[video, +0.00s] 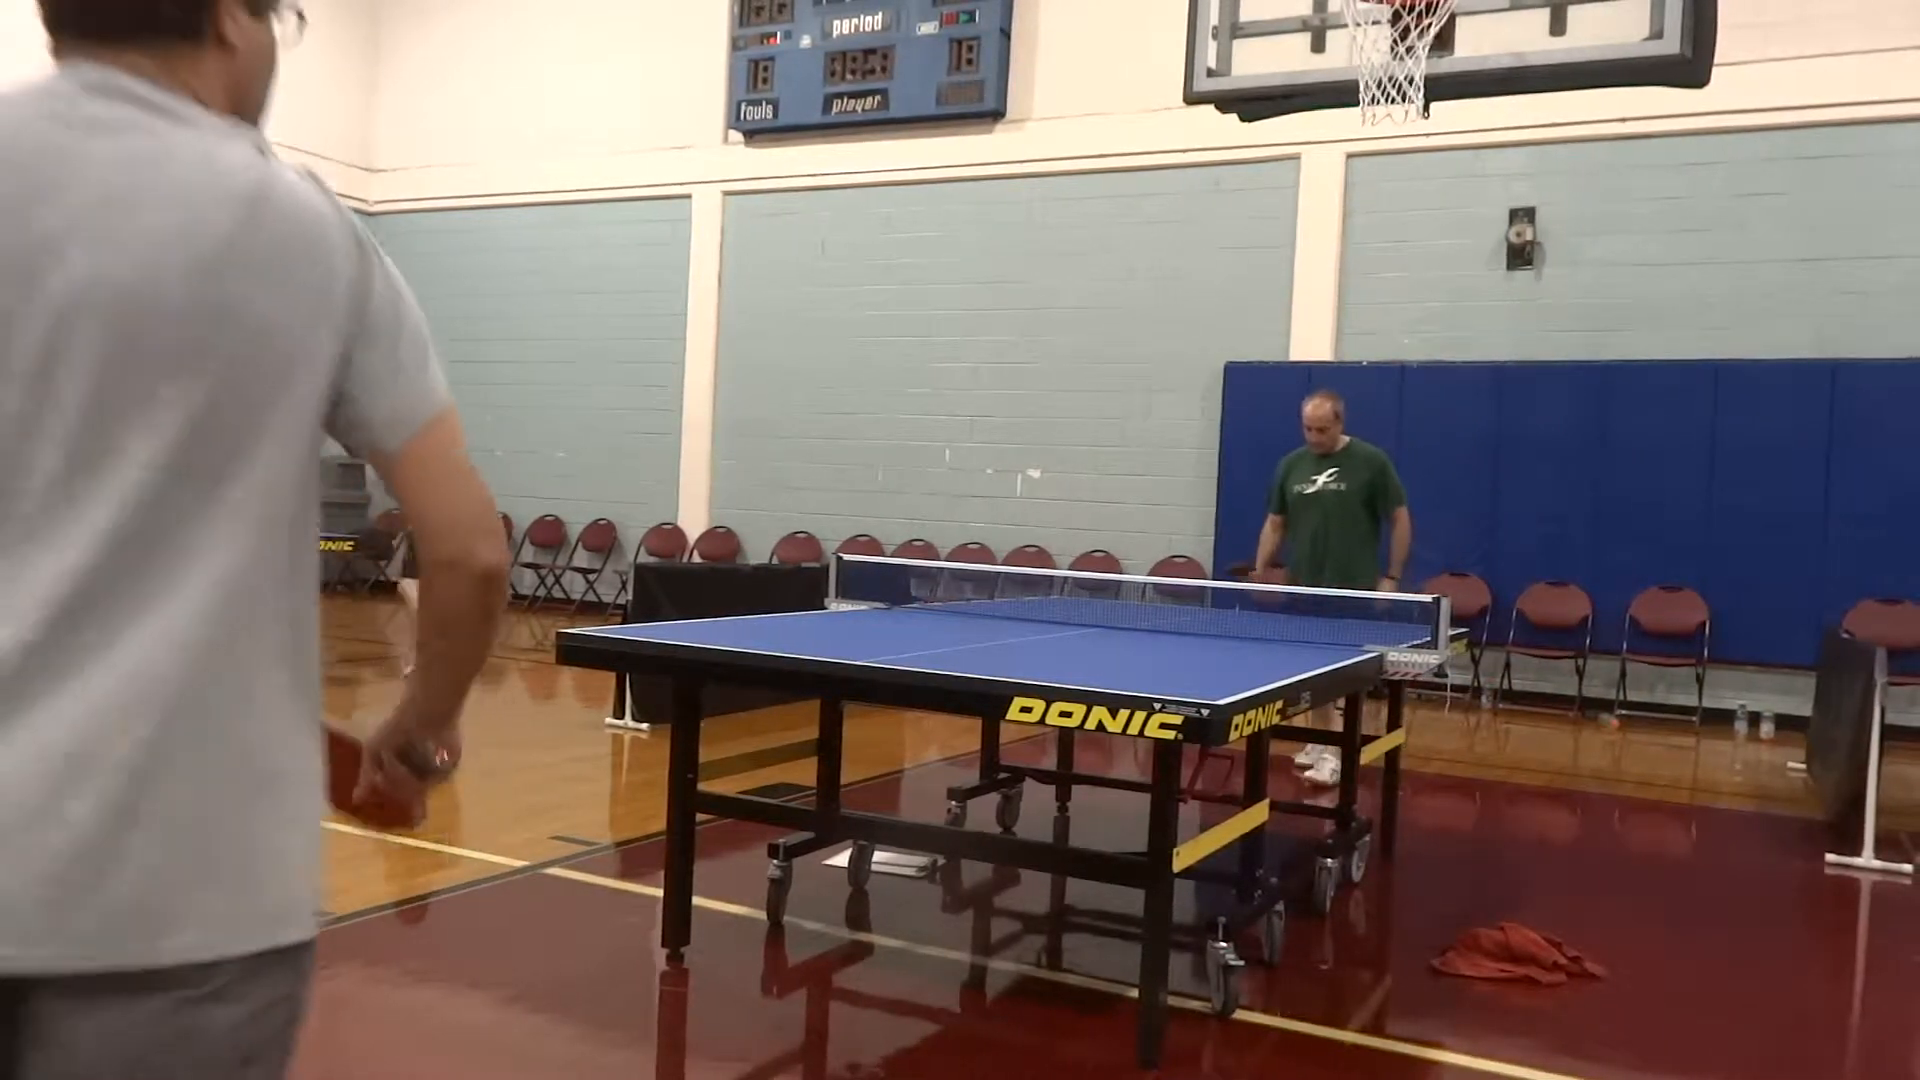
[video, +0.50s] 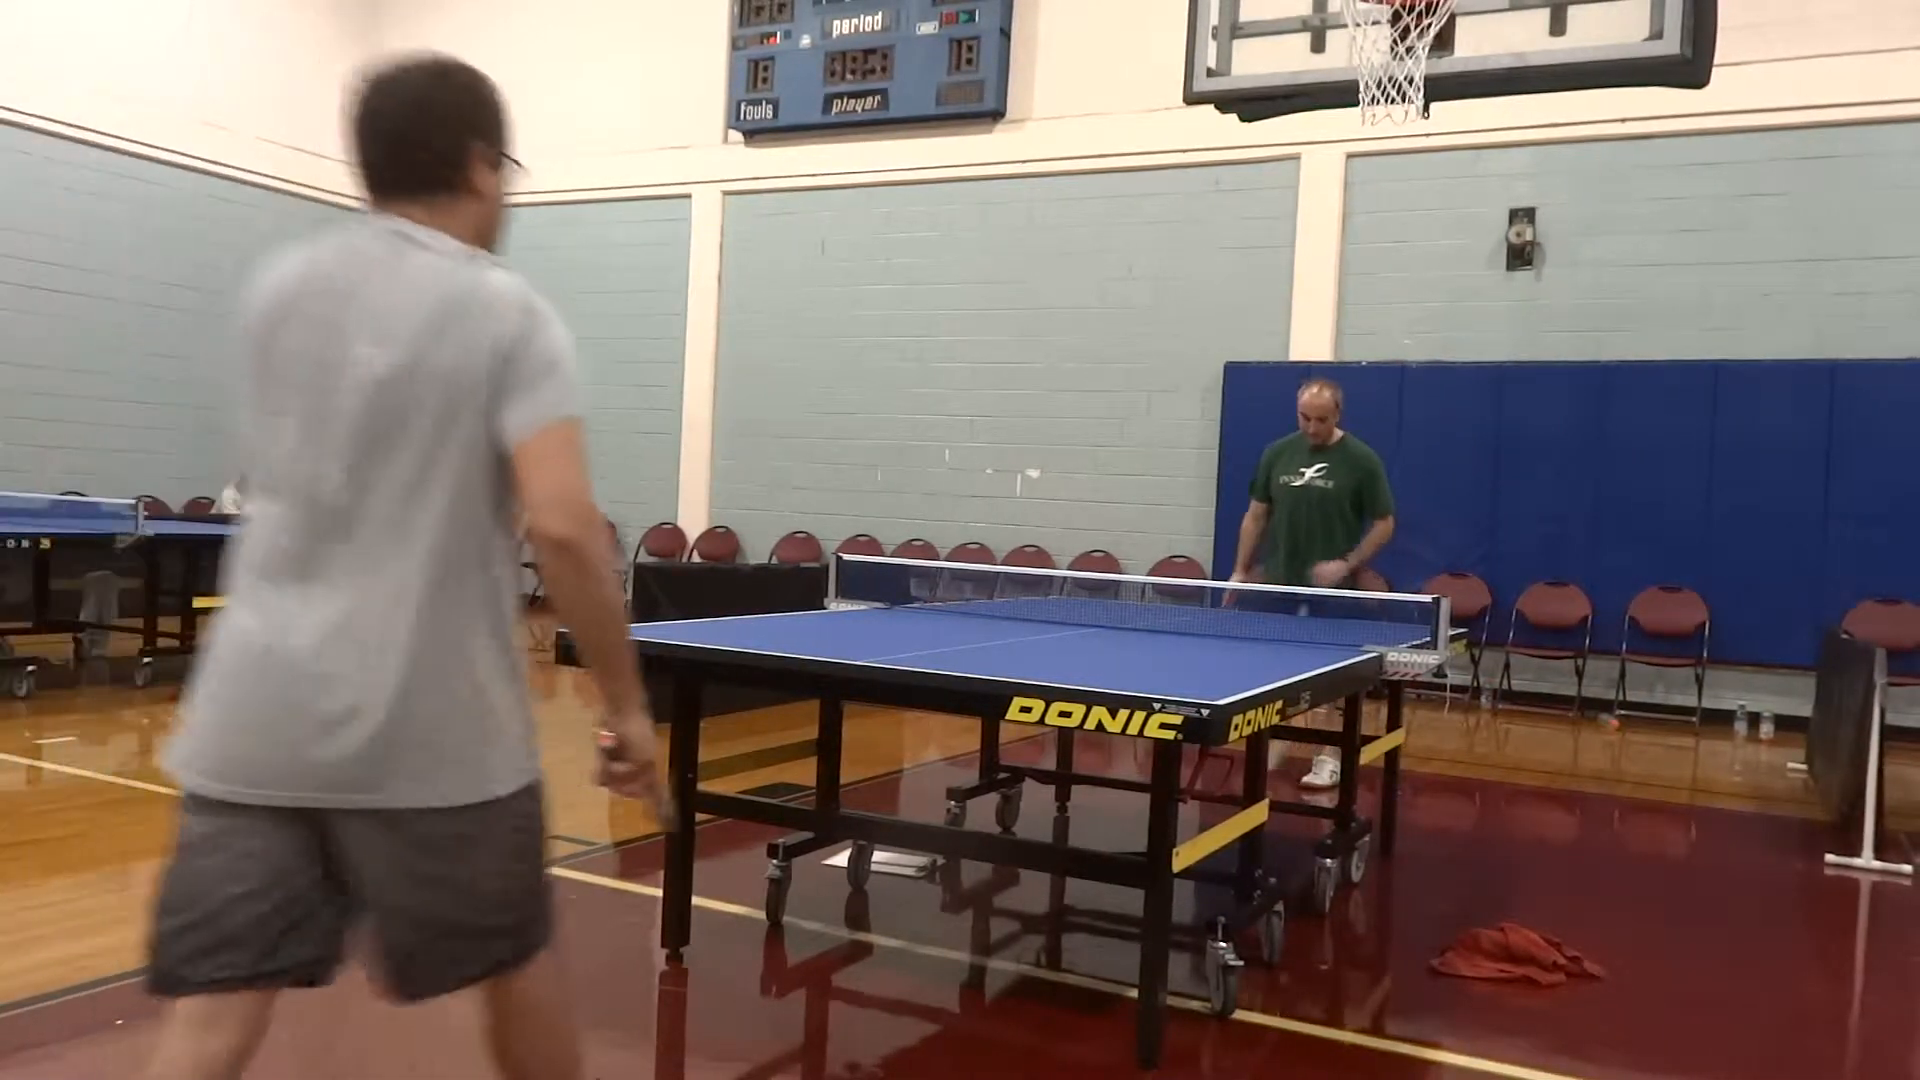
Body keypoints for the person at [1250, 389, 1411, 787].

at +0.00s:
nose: (1312, 437)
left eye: (1320, 430)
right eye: (1307, 429)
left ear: (1340, 425)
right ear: (1301, 425)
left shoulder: (1372, 462)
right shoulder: (1291, 465)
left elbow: (1399, 518)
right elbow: (1275, 523)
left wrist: (1392, 576)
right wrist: (1259, 570)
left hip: (1356, 592)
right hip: (1306, 589)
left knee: (1346, 676)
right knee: (1314, 673)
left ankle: (1338, 754)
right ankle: (1318, 743)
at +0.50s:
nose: (1309, 426)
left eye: (1318, 420)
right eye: (1304, 417)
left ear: (1337, 418)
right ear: (1297, 412)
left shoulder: (1362, 461)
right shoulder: (1277, 454)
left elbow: (1384, 525)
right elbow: (1256, 514)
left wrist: (1346, 564)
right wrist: (1240, 570)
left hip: (1333, 591)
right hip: (1280, 587)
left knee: (1333, 676)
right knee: (1277, 667)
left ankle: (1329, 754)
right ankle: (1276, 739)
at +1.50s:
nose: (1280, 407)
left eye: (1290, 401)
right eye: (1275, 399)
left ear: (1305, 408)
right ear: (1265, 401)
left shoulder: (1323, 461)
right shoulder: (1235, 449)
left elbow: (1338, 524)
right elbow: (1200, 501)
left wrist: (1321, 540)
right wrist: (1191, 532)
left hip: (1290, 592)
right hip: (1232, 586)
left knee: (1289, 671)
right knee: (1225, 663)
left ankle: (1283, 753)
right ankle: (1217, 752)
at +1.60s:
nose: (1279, 411)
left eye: (1289, 405)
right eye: (1274, 402)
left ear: (1303, 411)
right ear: (1263, 403)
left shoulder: (1320, 463)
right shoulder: (1232, 449)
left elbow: (1333, 527)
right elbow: (1197, 504)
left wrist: (1317, 545)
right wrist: (1190, 542)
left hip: (1289, 594)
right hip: (1231, 589)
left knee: (1287, 673)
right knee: (1220, 666)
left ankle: (1282, 753)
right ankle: (1212, 755)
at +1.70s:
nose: (1272, 416)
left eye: (1282, 410)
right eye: (1266, 406)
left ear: (1296, 414)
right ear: (1255, 406)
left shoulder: (1313, 465)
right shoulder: (1225, 452)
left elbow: (1325, 529)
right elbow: (1191, 505)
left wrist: (1310, 551)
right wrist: (1185, 551)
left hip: (1286, 594)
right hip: (1226, 588)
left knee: (1284, 673)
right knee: (1219, 667)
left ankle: (1281, 753)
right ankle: (1211, 755)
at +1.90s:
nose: (1252, 433)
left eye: (1262, 425)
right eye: (1246, 422)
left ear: (1275, 426)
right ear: (1233, 420)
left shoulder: (1292, 472)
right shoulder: (1205, 462)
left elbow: (1305, 536)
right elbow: (1168, 517)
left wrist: (1295, 564)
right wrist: (1163, 572)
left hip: (1271, 595)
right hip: (1213, 591)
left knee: (1277, 671)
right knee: (1206, 671)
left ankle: (1282, 752)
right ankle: (1208, 758)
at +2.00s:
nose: (1245, 442)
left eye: (1255, 434)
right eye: (1238, 432)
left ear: (1269, 434)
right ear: (1226, 429)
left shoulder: (1286, 478)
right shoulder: (1197, 468)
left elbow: (1298, 546)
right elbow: (1159, 526)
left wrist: (1291, 573)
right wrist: (1152, 585)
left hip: (1263, 596)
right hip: (1205, 592)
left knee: (1283, 666)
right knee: (1203, 671)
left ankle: (1289, 745)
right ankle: (1207, 757)